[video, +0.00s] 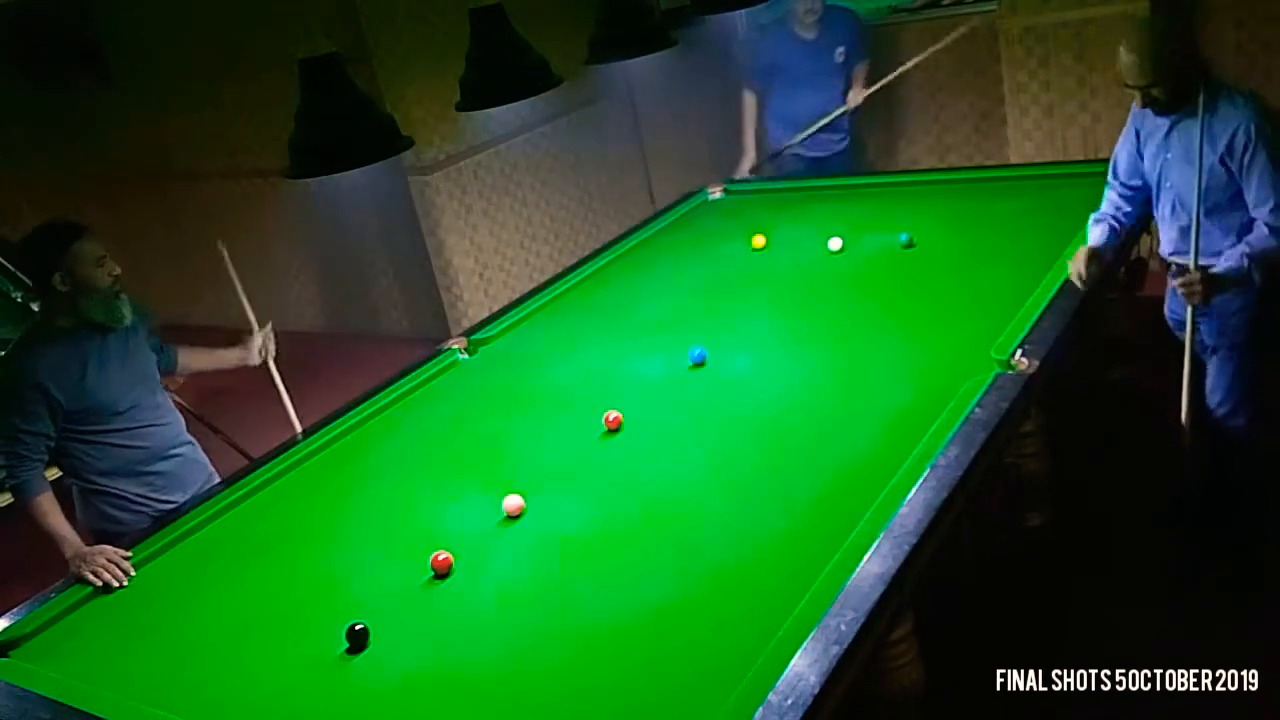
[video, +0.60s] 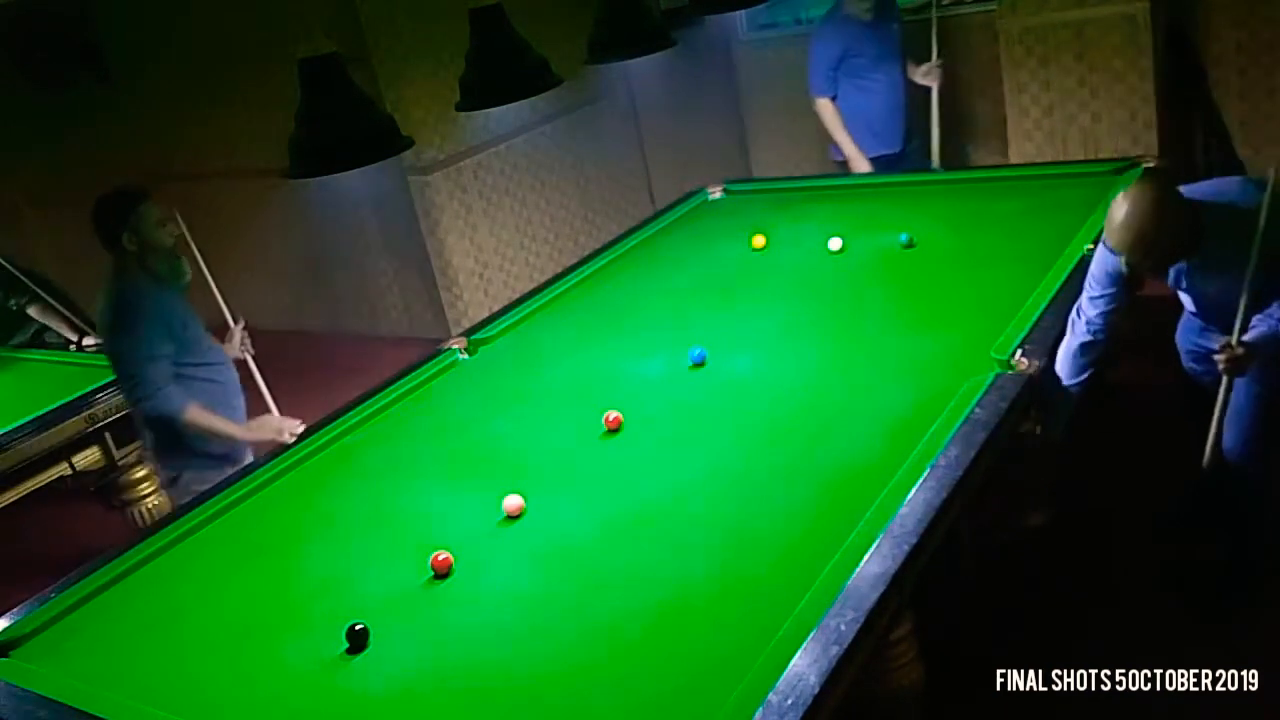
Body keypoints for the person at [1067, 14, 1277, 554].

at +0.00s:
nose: (1142, 99)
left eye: (1150, 87)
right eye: (1133, 88)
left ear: (1182, 68)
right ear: (1129, 75)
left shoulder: (1239, 123)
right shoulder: (1144, 119)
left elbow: (1272, 225)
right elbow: (1123, 193)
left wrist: (1220, 275)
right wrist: (1097, 242)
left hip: (1232, 305)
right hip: (1178, 301)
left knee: (1227, 422)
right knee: (1185, 416)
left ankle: (1235, 535)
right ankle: (1191, 523)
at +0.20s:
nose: (1153, 151)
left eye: (1162, 141)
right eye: (1145, 139)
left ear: (1194, 120)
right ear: (1139, 120)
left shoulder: (1252, 158)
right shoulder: (1136, 149)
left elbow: (1273, 258)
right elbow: (1112, 229)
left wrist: (1223, 309)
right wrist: (1102, 308)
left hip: (1238, 312)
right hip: (1176, 303)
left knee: (1224, 431)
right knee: (1166, 422)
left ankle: (1234, 544)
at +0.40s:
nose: (1151, 222)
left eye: (1157, 212)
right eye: (1140, 214)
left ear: (1185, 190)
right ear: (1128, 190)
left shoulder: (1257, 189)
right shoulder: (1126, 200)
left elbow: (1278, 282)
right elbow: (1101, 279)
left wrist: (1238, 332)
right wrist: (1089, 362)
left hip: (1255, 319)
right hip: (1192, 310)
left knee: (1231, 443)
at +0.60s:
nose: (1132, 270)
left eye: (1142, 259)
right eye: (1125, 257)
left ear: (1172, 241)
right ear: (1117, 234)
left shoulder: (1247, 221)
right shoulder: (1127, 229)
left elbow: (1279, 303)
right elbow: (1095, 309)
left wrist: (1256, 344)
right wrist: (1068, 377)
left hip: (1263, 336)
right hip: (1203, 320)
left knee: (1238, 456)